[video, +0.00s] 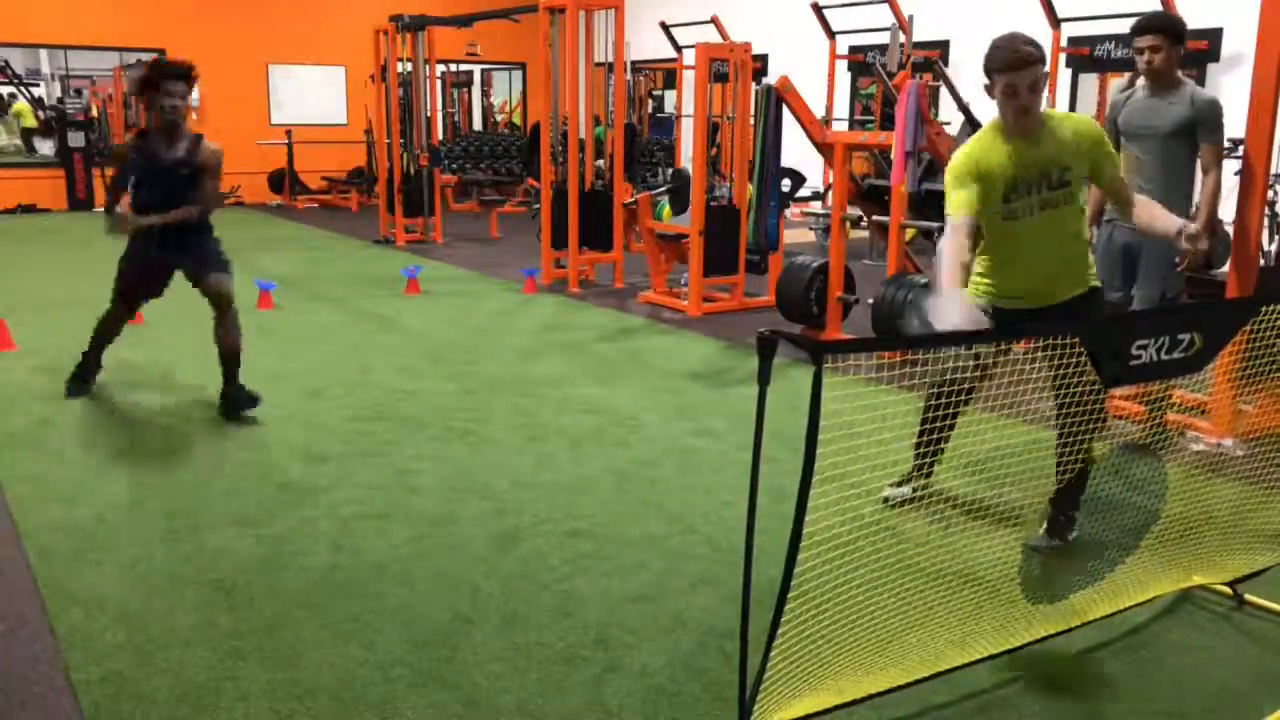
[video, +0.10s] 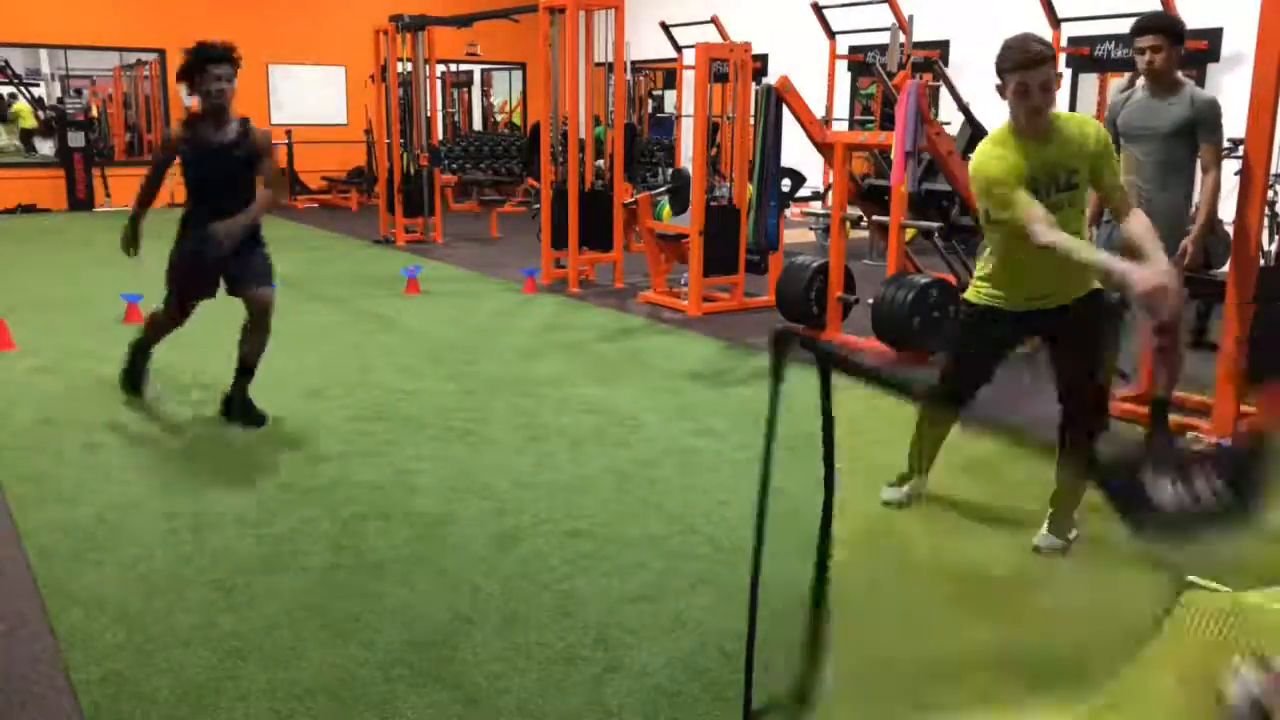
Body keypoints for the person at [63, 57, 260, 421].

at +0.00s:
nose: (172, 104)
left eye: (180, 97)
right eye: (165, 96)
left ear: (189, 104)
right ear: (150, 102)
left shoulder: (206, 153)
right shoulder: (137, 149)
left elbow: (204, 208)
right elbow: (115, 194)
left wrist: (147, 221)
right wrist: (115, 213)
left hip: (196, 238)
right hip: (150, 240)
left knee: (224, 297)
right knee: (120, 311)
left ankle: (231, 389)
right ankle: (87, 367)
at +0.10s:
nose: (219, 87)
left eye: (226, 79)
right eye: (210, 79)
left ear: (235, 85)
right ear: (195, 87)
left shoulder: (253, 138)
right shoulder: (182, 137)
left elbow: (275, 193)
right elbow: (154, 179)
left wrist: (236, 225)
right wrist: (135, 221)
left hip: (243, 233)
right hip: (198, 234)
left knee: (262, 304)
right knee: (176, 313)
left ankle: (239, 396)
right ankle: (140, 351)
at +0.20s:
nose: (270, 77)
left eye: (274, 69)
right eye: (260, 69)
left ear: (281, 73)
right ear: (239, 76)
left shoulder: (298, 120)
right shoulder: (222, 129)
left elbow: (320, 163)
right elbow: (189, 178)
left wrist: (331, 191)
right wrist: (168, 234)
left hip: (292, 225)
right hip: (247, 229)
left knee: (321, 295)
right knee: (252, 304)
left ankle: (279, 374)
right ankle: (233, 389)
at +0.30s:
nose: (325, 88)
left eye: (329, 80)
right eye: (315, 81)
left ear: (333, 85)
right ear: (291, 87)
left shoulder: (339, 129)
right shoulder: (273, 142)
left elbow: (346, 170)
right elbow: (236, 191)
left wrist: (390, 181)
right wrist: (218, 245)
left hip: (340, 235)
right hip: (299, 241)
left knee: (386, 299)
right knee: (322, 317)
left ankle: (373, 388)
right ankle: (332, 420)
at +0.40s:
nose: (380, 117)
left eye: (384, 109)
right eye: (371, 109)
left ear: (388, 112)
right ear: (348, 115)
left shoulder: (384, 156)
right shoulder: (332, 168)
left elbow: (382, 200)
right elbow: (290, 218)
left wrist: (422, 200)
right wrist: (285, 266)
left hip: (390, 262)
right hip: (353, 268)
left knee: (454, 317)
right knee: (388, 331)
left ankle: (493, 407)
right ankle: (372, 435)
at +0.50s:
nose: (421, 118)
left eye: (424, 110)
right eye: (412, 111)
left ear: (429, 113)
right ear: (388, 118)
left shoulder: (426, 158)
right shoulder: (376, 171)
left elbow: (418, 213)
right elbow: (346, 227)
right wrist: (349, 271)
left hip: (438, 262)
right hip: (403, 270)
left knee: (501, 316)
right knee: (448, 325)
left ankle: (517, 407)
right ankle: (406, 421)